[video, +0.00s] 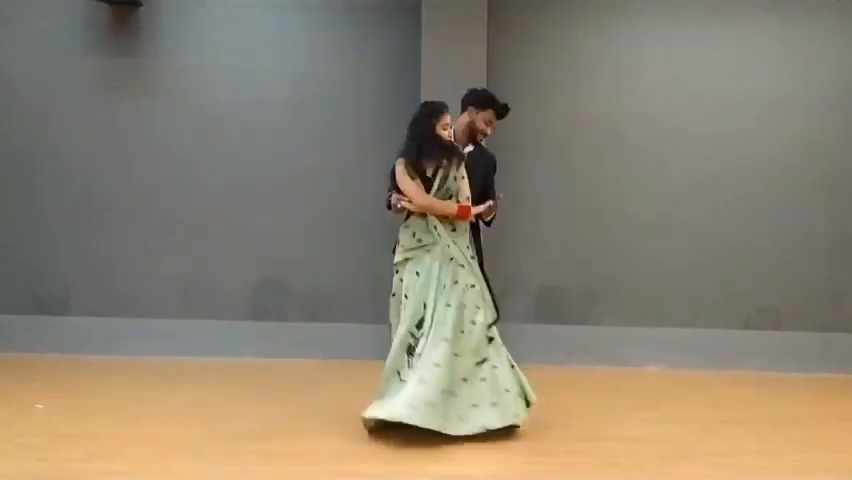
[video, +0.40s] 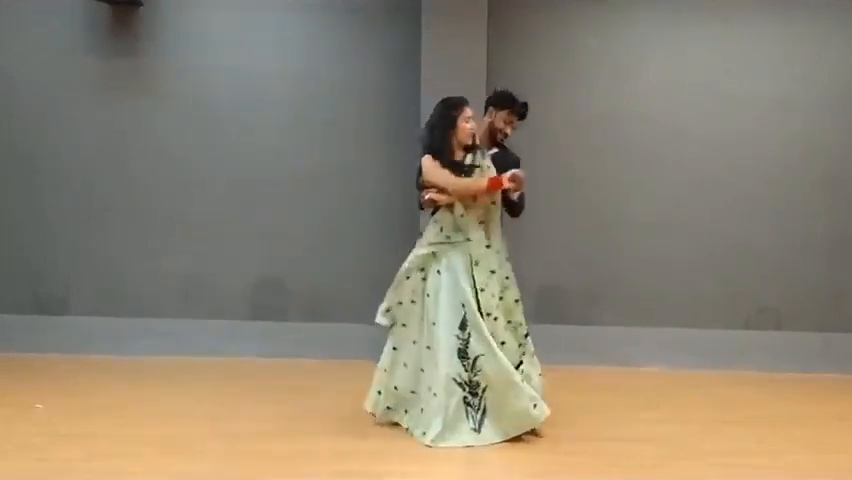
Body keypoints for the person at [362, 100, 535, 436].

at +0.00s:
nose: (451, 132)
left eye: (452, 126)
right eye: (445, 126)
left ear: (452, 129)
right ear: (427, 128)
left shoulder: (457, 163)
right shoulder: (404, 165)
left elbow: (465, 210)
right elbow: (421, 202)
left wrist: (420, 206)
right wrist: (464, 209)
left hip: (456, 253)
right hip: (419, 254)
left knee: (461, 327)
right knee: (424, 328)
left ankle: (464, 406)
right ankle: (422, 404)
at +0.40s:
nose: (472, 126)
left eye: (472, 120)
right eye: (466, 120)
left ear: (471, 126)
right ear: (447, 124)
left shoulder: (483, 165)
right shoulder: (430, 164)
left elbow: (486, 203)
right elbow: (460, 189)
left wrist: (450, 199)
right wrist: (497, 183)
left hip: (483, 256)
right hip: (446, 257)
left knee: (488, 334)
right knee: (448, 334)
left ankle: (489, 413)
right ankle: (446, 413)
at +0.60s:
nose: (517, 125)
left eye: (515, 120)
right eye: (510, 120)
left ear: (507, 128)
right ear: (491, 125)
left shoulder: (526, 168)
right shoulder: (472, 160)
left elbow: (527, 205)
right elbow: (491, 185)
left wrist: (487, 200)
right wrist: (544, 186)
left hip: (509, 256)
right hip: (469, 253)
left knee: (504, 332)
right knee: (463, 330)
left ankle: (502, 412)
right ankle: (457, 411)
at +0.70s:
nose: (541, 137)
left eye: (541, 131)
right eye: (535, 130)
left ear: (537, 137)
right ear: (515, 134)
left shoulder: (544, 180)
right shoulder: (494, 166)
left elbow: (543, 220)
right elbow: (518, 203)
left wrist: (502, 202)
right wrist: (551, 210)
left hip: (515, 263)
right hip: (477, 257)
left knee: (512, 336)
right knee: (468, 334)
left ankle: (506, 413)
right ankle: (460, 414)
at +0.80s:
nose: (565, 163)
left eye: (572, 163)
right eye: (564, 153)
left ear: (573, 169)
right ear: (545, 144)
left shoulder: (553, 192)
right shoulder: (510, 160)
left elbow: (545, 239)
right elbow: (475, 184)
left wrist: (573, 249)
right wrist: (482, 206)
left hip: (512, 261)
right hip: (470, 247)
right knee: (432, 316)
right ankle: (393, 385)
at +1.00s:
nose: (575, 179)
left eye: (579, 175)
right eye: (571, 171)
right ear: (555, 166)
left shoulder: (557, 211)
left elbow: (545, 257)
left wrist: (550, 275)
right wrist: (549, 273)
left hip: (521, 275)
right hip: (488, 266)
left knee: (525, 341)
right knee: (495, 337)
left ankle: (515, 409)